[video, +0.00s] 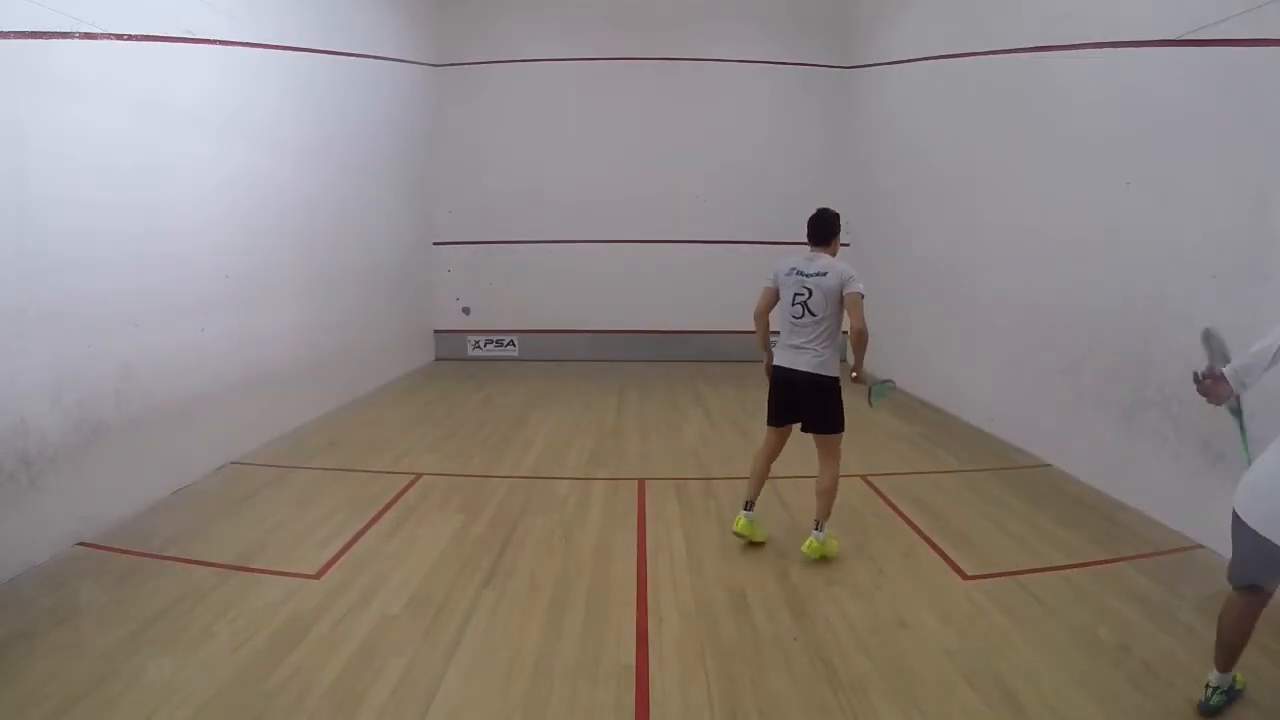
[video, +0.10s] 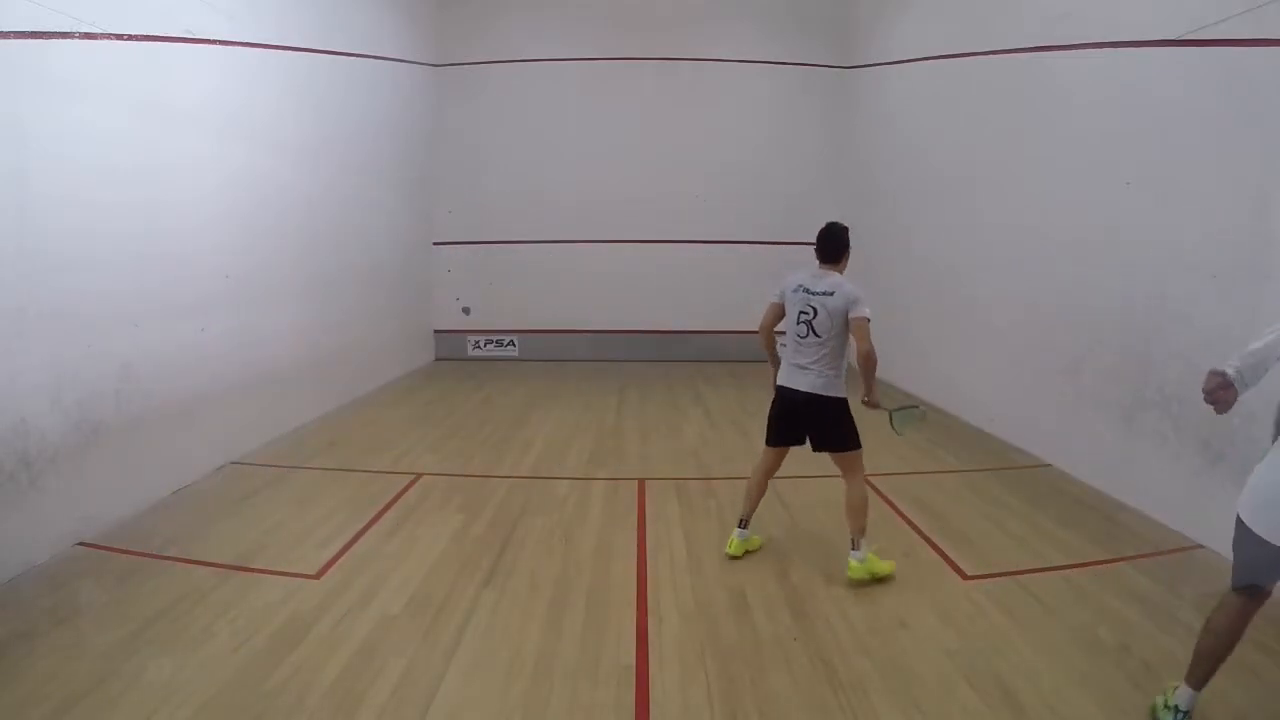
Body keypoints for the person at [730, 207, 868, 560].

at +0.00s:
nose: (841, 241)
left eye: (837, 235)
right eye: (841, 236)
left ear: (808, 236)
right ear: (837, 238)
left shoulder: (787, 268)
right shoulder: (844, 272)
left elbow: (760, 312)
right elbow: (857, 328)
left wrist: (767, 354)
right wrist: (858, 368)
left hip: (783, 374)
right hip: (821, 380)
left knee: (771, 442)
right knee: (829, 458)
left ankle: (745, 514)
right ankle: (818, 535)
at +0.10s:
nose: (848, 257)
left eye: (838, 251)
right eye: (849, 252)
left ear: (817, 252)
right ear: (846, 255)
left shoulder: (793, 283)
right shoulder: (849, 294)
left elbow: (765, 328)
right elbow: (865, 352)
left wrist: (775, 364)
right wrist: (870, 391)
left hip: (787, 396)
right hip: (827, 403)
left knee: (766, 464)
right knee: (854, 475)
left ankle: (739, 534)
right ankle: (858, 556)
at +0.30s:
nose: (894, 261)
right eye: (895, 256)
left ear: (861, 256)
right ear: (894, 260)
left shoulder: (833, 292)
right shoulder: (894, 303)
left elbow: (807, 342)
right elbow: (899, 369)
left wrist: (800, 387)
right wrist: (910, 417)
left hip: (827, 405)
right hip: (870, 414)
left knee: (792, 473)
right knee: (900, 488)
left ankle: (755, 534)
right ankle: (882, 572)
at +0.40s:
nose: (925, 263)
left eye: (920, 256)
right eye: (926, 258)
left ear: (891, 253)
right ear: (922, 260)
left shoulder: (861, 286)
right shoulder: (913, 300)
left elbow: (828, 335)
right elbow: (915, 369)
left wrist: (822, 385)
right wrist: (929, 425)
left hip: (845, 405)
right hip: (886, 413)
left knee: (821, 475)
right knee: (927, 485)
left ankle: (777, 538)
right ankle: (901, 567)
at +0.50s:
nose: (956, 284)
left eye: (957, 278)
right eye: (957, 277)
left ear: (922, 271)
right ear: (950, 276)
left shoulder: (889, 302)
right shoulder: (937, 317)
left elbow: (850, 342)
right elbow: (935, 390)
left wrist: (834, 390)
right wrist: (963, 447)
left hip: (861, 419)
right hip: (902, 430)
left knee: (840, 485)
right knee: (948, 503)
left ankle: (785, 548)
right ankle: (939, 591)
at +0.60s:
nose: (983, 309)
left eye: (984, 301)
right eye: (984, 301)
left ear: (952, 292)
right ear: (975, 298)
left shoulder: (914, 317)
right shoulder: (957, 340)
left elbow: (861, 358)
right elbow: (962, 419)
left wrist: (839, 397)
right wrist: (993, 468)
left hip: (872, 432)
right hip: (912, 442)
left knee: (842, 498)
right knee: (972, 508)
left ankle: (783, 553)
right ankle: (942, 591)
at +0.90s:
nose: (970, 290)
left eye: (969, 284)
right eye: (970, 284)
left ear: (934, 277)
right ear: (966, 284)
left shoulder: (899, 301)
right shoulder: (963, 332)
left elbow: (850, 330)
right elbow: (965, 408)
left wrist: (822, 380)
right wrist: (947, 445)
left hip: (863, 410)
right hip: (910, 424)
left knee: (832, 481)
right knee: (948, 501)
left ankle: (796, 552)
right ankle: (939, 590)